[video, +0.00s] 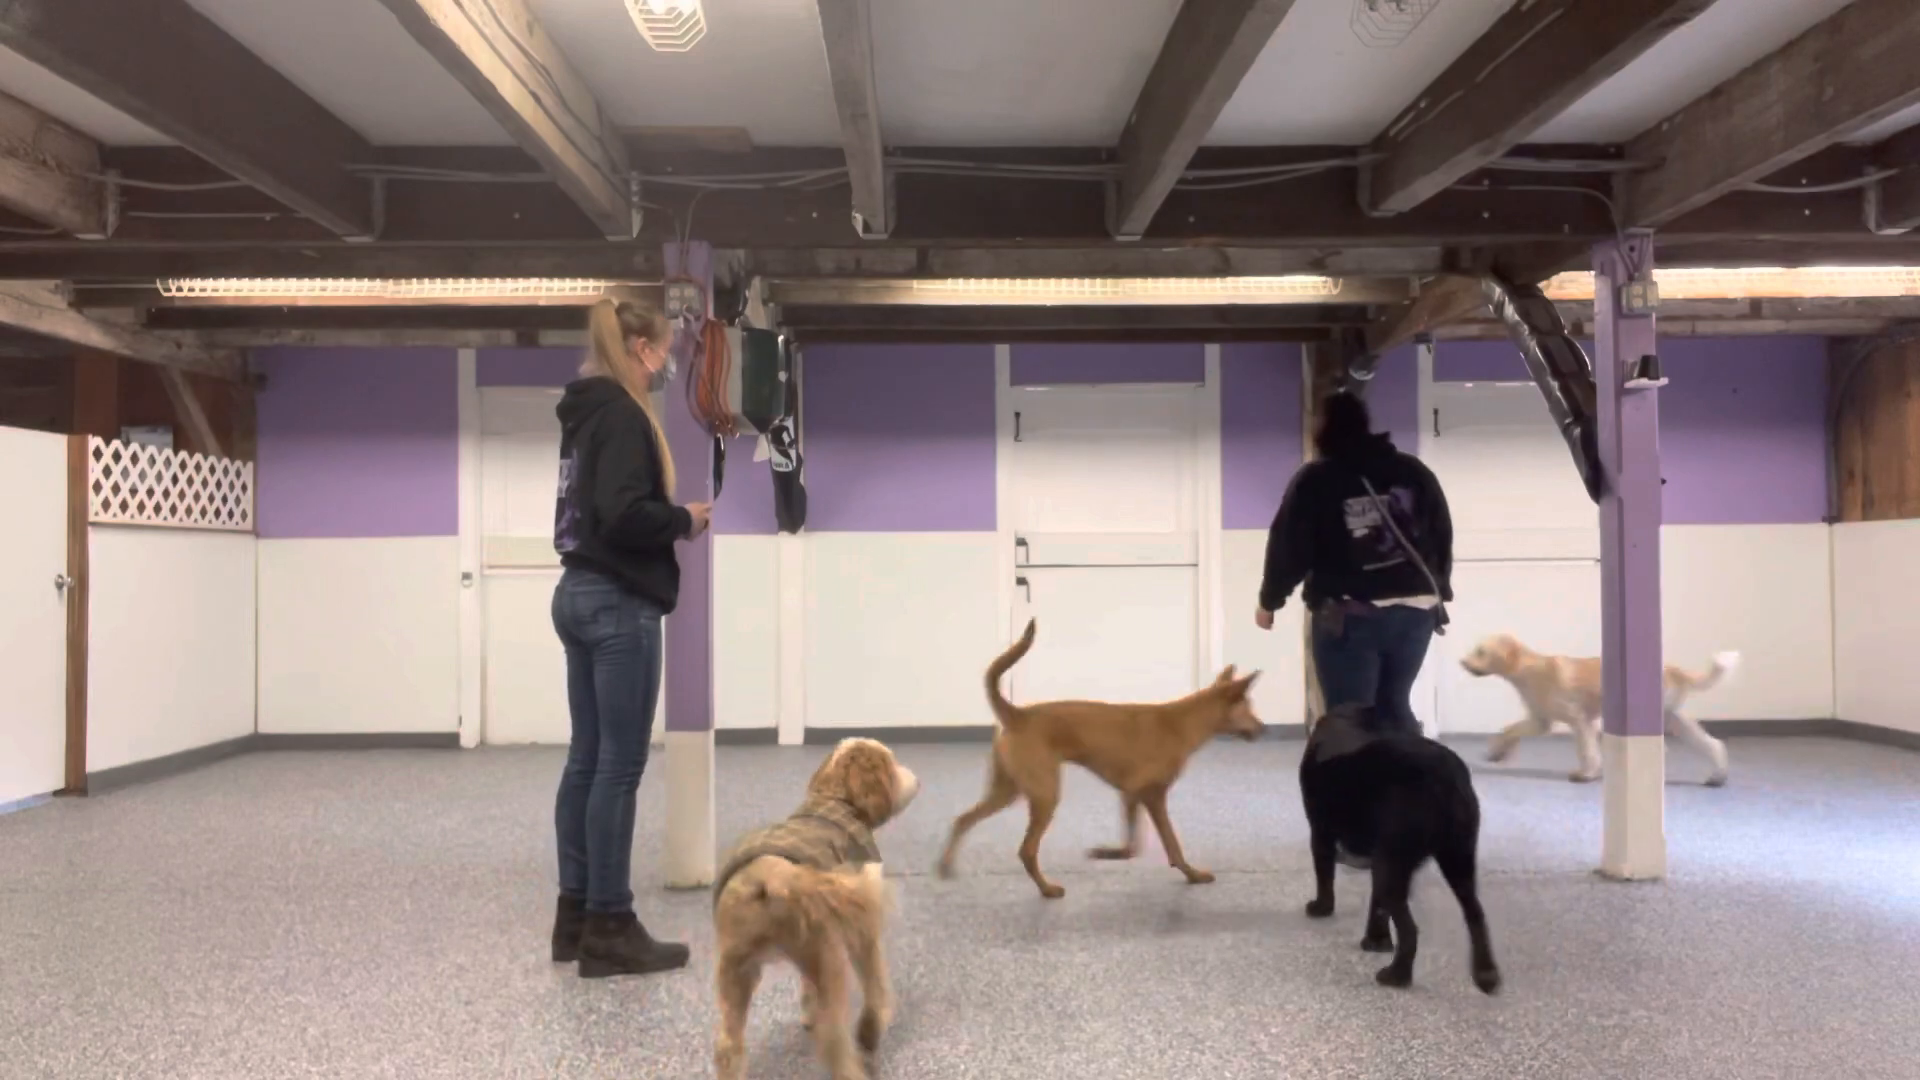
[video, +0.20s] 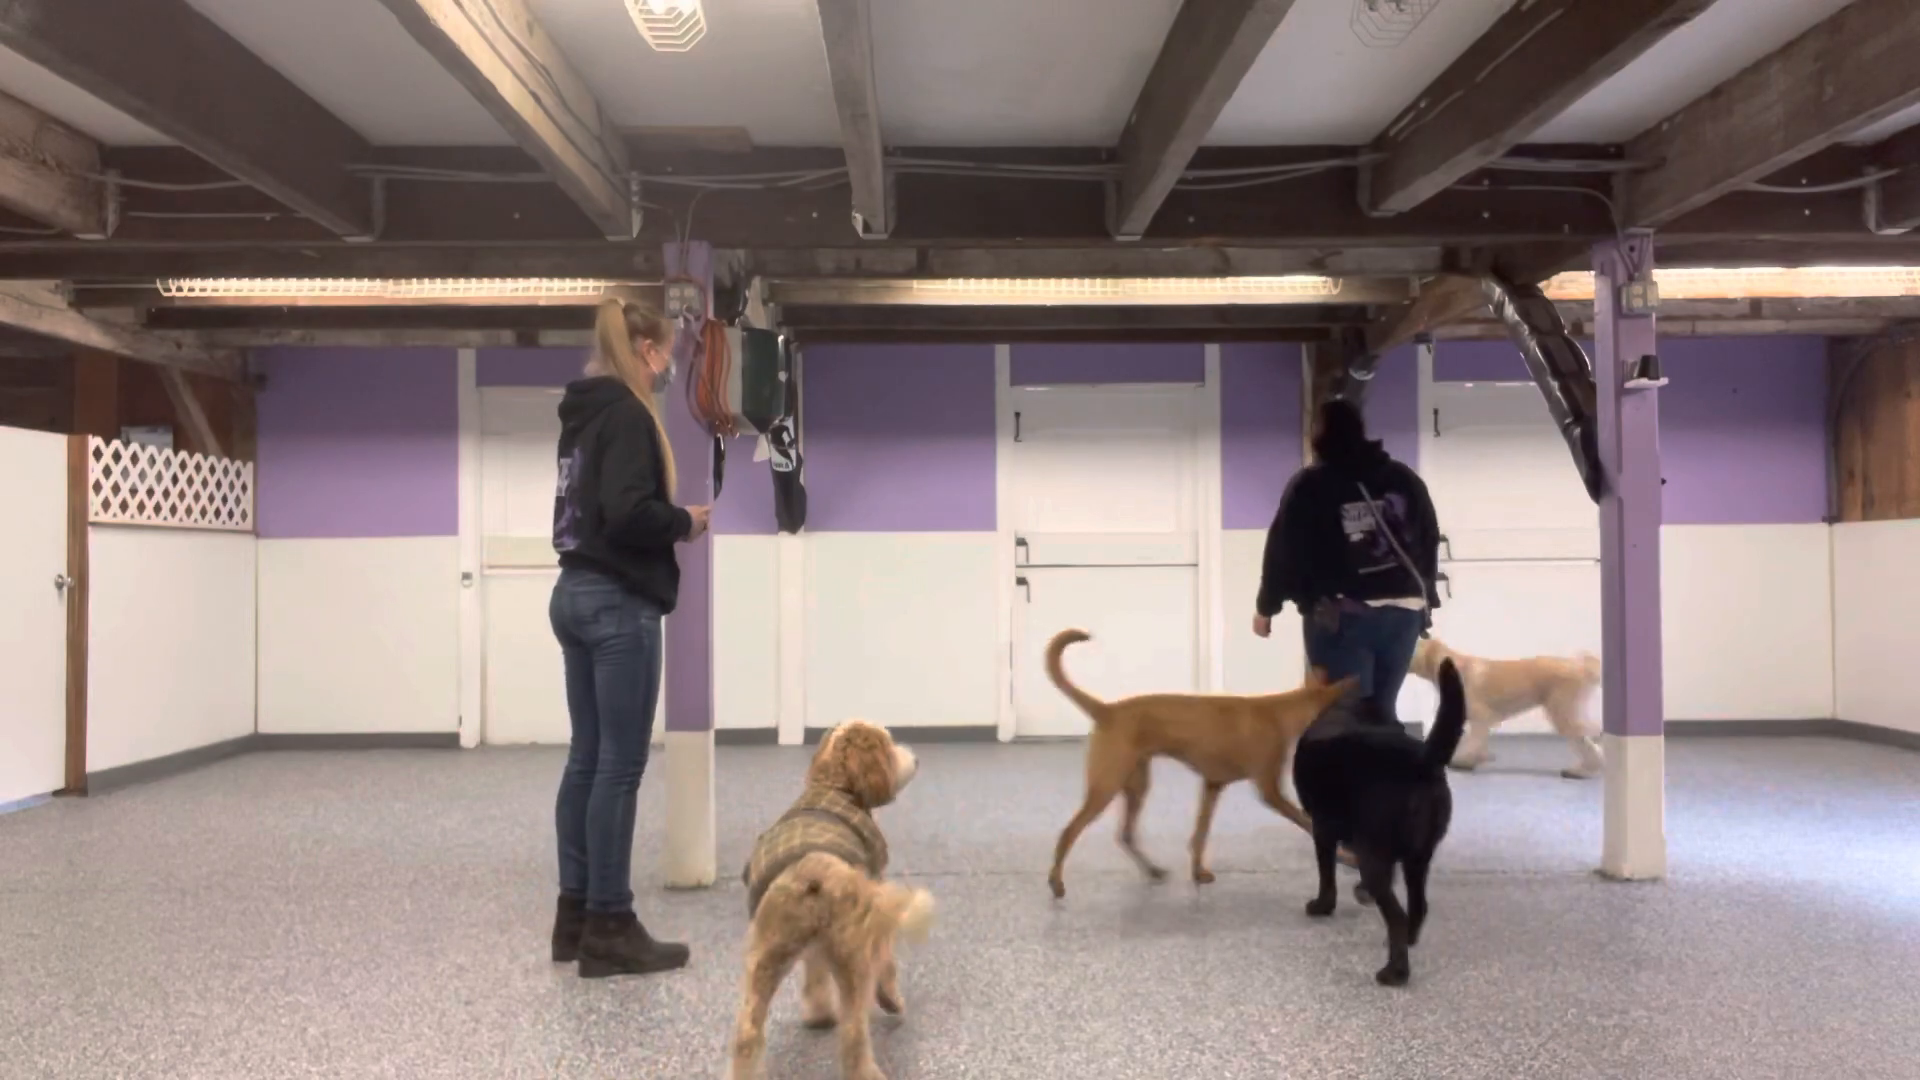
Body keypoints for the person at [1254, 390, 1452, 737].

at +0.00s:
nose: (1317, 432)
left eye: (1319, 425)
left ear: (1324, 430)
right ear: (1365, 427)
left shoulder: (1314, 479)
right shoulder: (1412, 470)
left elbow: (1289, 546)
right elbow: (1440, 532)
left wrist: (1269, 601)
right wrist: (1439, 589)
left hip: (1347, 615)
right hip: (1414, 613)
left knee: (1350, 720)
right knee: (1395, 707)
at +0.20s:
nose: (1312, 437)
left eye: (1315, 430)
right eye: (1314, 430)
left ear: (1321, 435)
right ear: (1360, 432)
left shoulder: (1309, 485)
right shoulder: (1403, 477)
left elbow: (1283, 550)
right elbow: (1428, 540)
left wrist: (1265, 608)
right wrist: (1424, 597)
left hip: (1337, 615)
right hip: (1403, 613)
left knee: (1343, 722)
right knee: (1382, 717)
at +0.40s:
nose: (1314, 443)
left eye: (1317, 435)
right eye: (1315, 435)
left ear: (1326, 438)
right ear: (1364, 435)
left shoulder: (1315, 488)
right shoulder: (1400, 484)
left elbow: (1295, 557)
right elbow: (1416, 549)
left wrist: (1273, 615)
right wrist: (1411, 602)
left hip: (1331, 614)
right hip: (1392, 610)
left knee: (1333, 722)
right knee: (1374, 715)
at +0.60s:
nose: (1308, 444)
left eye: (1312, 437)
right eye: (1309, 436)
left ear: (1326, 438)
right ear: (1361, 435)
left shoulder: (1320, 483)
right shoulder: (1387, 484)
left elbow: (1306, 550)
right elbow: (1394, 549)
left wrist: (1282, 601)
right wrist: (1377, 589)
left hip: (1329, 609)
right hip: (1382, 608)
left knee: (1297, 706)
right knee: (1365, 709)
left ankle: (1320, 801)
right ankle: (1366, 807)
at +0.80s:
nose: (1295, 448)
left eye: (1299, 441)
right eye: (1296, 440)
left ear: (1315, 443)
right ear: (1347, 441)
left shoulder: (1315, 487)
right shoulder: (1369, 484)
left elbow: (1303, 554)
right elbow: (1371, 543)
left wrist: (1279, 603)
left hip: (1324, 608)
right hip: (1371, 605)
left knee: (1297, 703)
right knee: (1353, 701)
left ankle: (1296, 798)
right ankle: (1355, 796)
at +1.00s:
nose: (1279, 456)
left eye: (1284, 447)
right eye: (1279, 447)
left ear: (1303, 446)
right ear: (1328, 445)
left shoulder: (1307, 492)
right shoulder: (1351, 489)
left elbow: (1298, 561)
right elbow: (1343, 556)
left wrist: (1271, 612)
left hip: (1311, 610)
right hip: (1352, 607)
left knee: (1288, 708)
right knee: (1332, 702)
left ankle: (1293, 799)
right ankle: (1341, 798)